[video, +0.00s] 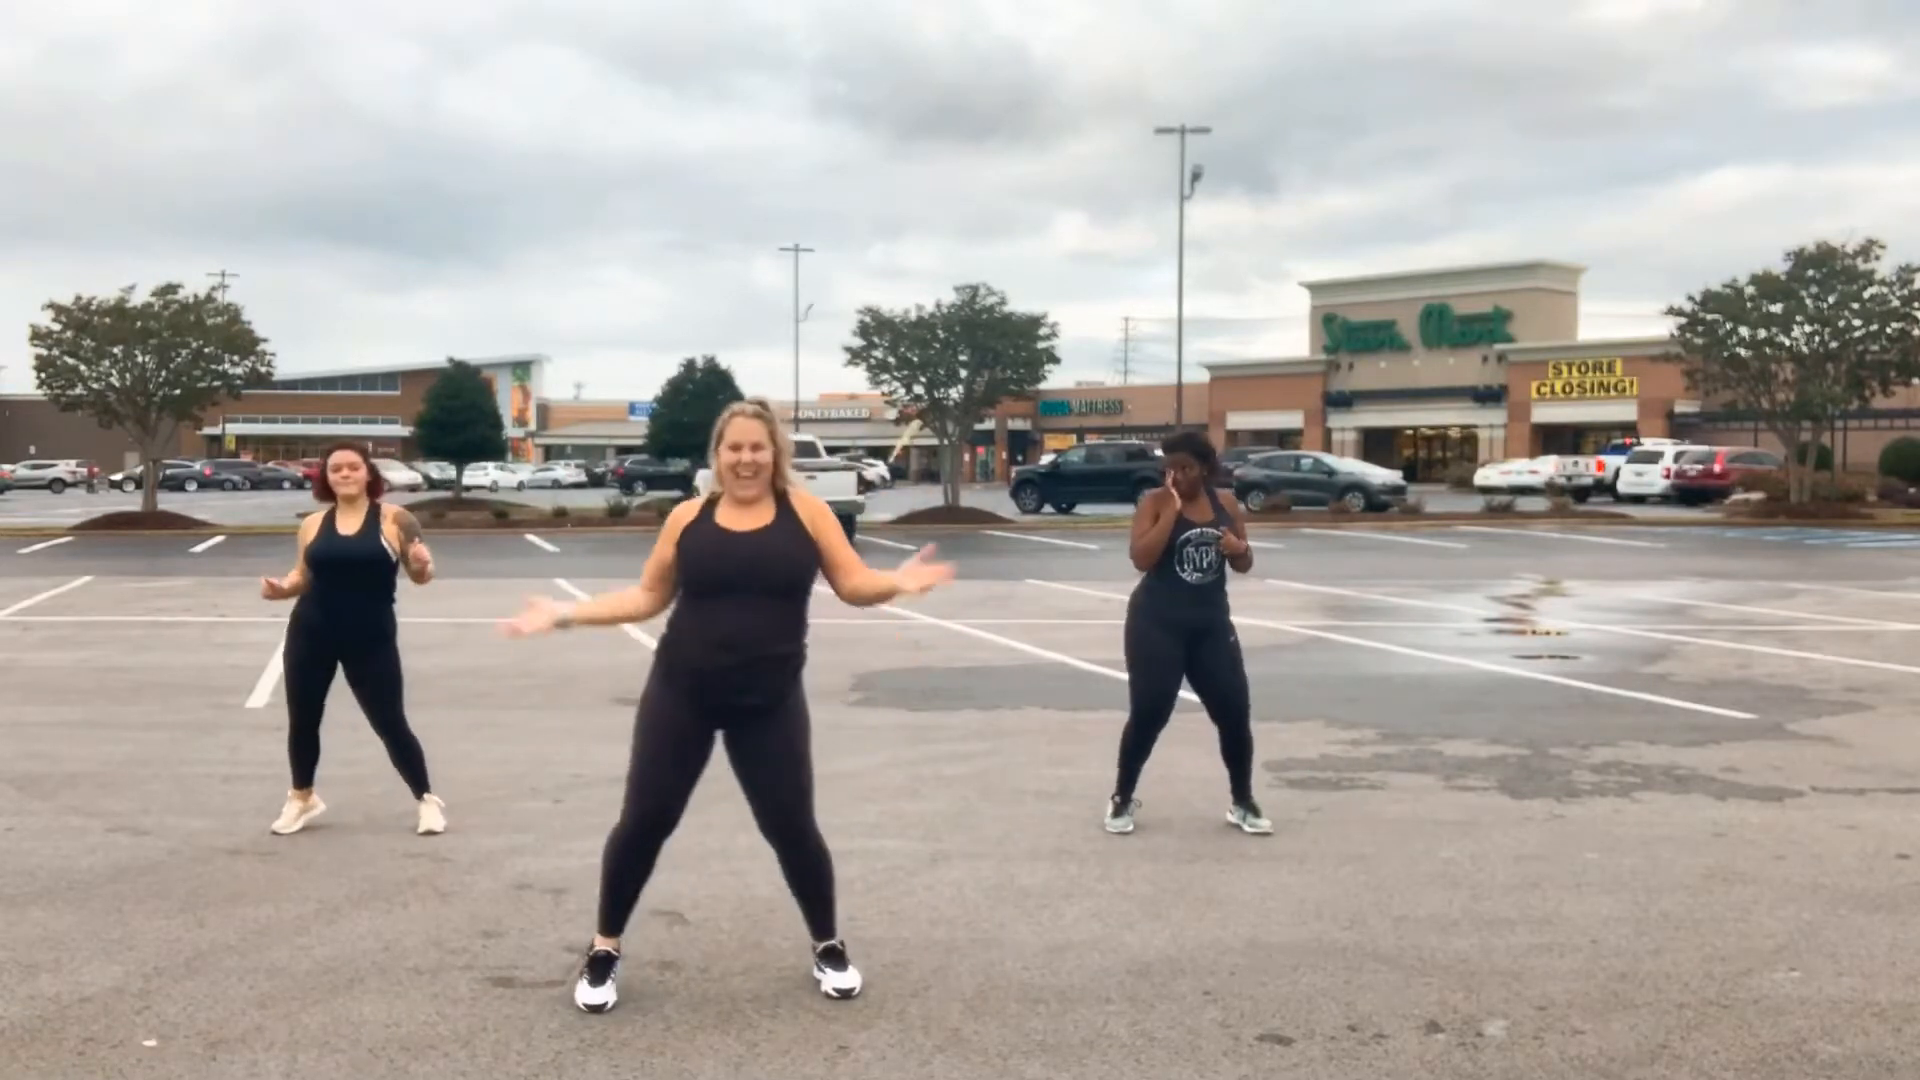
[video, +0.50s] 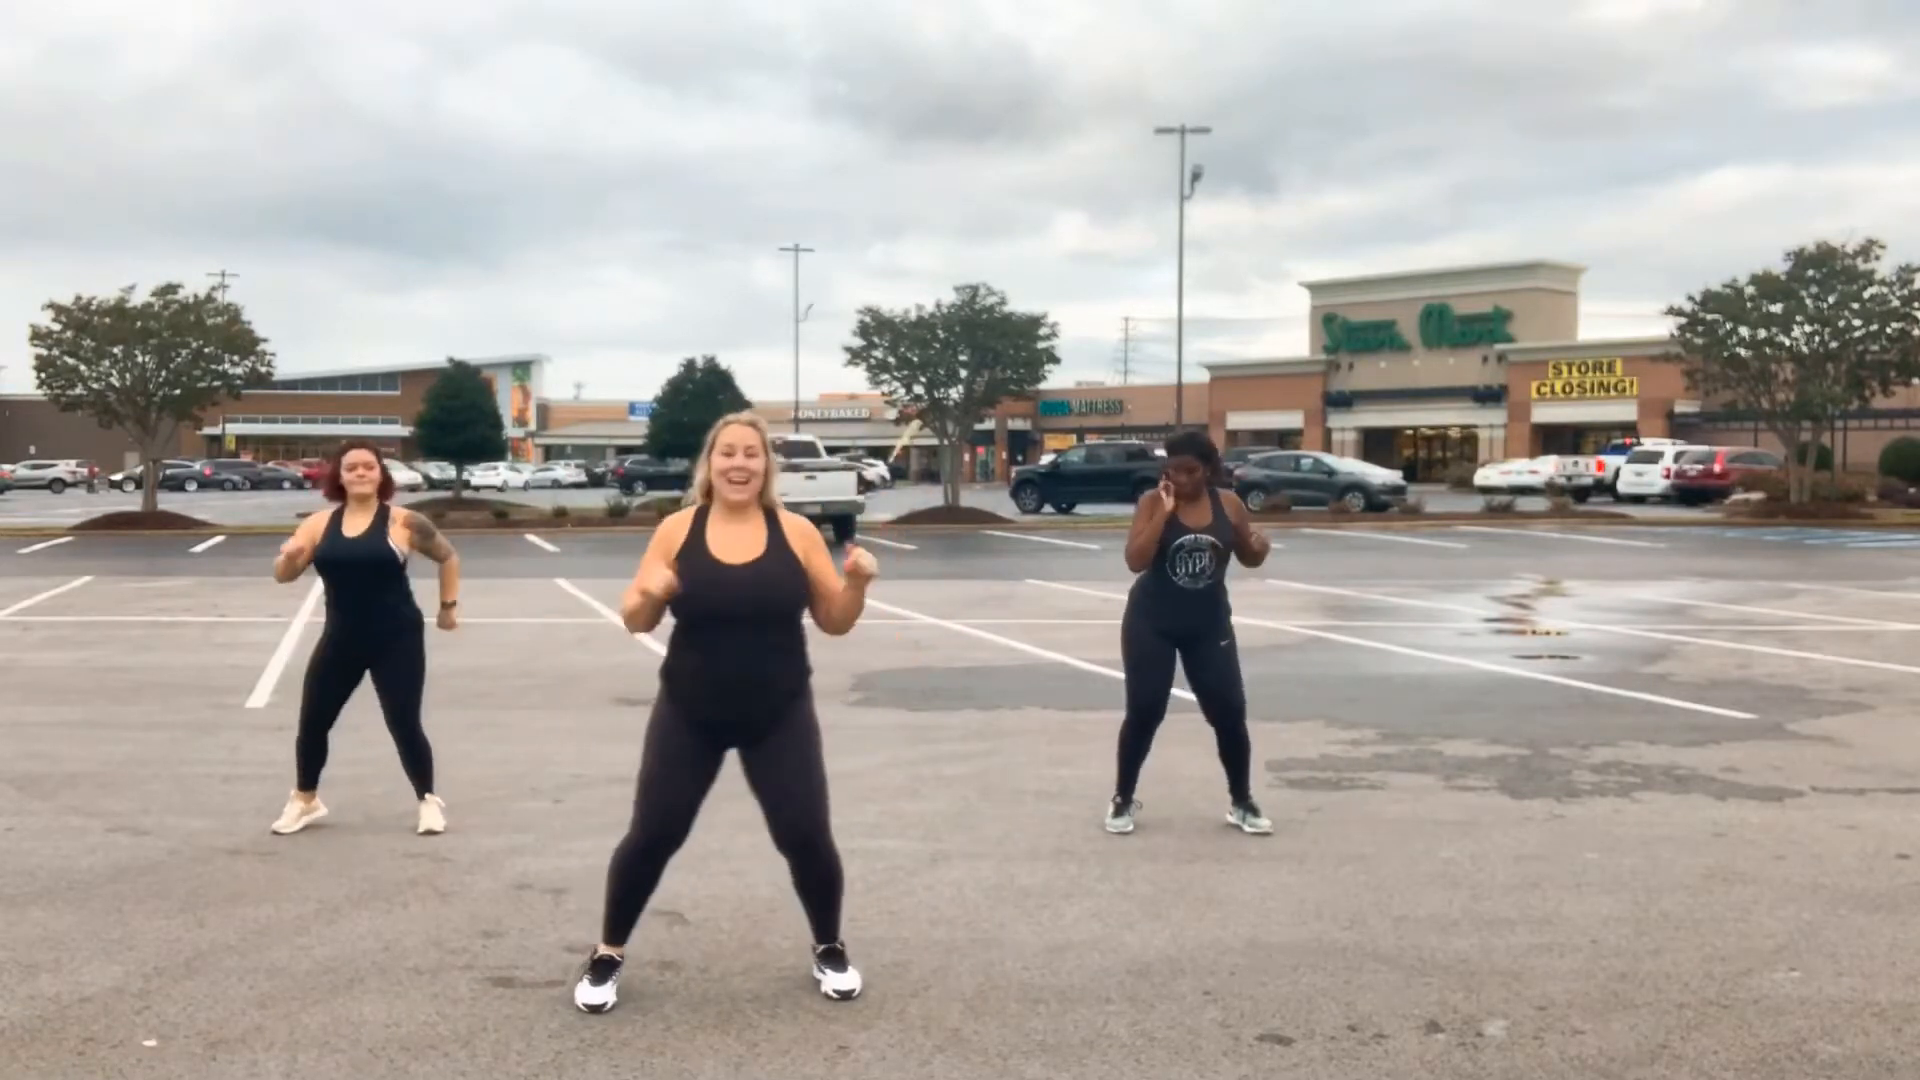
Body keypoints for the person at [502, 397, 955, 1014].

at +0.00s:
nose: (746, 458)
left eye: (757, 447)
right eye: (734, 447)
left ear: (776, 453)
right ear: (716, 454)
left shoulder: (806, 512)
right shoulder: (687, 517)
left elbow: (852, 583)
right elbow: (647, 597)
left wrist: (897, 580)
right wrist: (563, 612)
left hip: (769, 697)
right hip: (680, 694)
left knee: (793, 828)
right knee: (644, 823)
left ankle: (828, 948)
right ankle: (604, 948)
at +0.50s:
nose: (739, 463)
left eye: (751, 453)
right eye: (728, 452)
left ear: (768, 464)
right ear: (709, 464)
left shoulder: (797, 533)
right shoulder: (678, 528)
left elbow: (835, 621)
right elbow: (637, 623)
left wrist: (856, 585)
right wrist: (652, 595)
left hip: (780, 713)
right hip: (690, 711)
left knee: (808, 839)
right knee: (653, 835)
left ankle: (830, 952)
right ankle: (607, 955)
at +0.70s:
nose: (776, 438)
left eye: (788, 429)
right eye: (764, 429)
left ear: (805, 444)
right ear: (744, 444)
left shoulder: (832, 508)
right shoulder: (715, 507)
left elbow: (886, 584)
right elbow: (646, 558)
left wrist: (853, 527)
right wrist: (684, 616)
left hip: (814, 694)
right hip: (731, 691)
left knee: (820, 820)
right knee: (719, 819)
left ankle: (831, 947)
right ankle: (685, 938)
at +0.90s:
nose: (793, 460)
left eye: (804, 451)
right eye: (781, 451)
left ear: (822, 466)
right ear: (762, 468)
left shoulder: (850, 532)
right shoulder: (735, 533)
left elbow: (898, 611)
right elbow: (662, 582)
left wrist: (844, 553)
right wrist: (708, 644)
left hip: (834, 713)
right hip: (755, 712)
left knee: (836, 832)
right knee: (774, 834)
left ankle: (833, 949)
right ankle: (756, 951)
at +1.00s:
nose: (797, 464)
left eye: (809, 454)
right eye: (785, 455)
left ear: (826, 468)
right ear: (767, 470)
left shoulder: (854, 536)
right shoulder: (742, 542)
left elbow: (886, 622)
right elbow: (690, 630)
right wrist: (730, 705)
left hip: (839, 716)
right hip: (761, 717)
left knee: (846, 836)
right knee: (775, 840)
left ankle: (832, 947)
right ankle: (755, 952)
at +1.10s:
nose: (799, 463)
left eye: (811, 454)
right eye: (787, 455)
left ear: (828, 468)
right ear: (769, 470)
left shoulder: (859, 532)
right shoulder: (746, 540)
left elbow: (895, 622)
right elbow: (722, 635)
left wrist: (883, 704)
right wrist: (788, 680)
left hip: (843, 706)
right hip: (760, 707)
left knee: (876, 819)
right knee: (768, 835)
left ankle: (851, 937)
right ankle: (753, 951)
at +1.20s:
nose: (810, 456)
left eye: (821, 447)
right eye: (798, 448)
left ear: (838, 459)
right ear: (781, 463)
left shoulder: (873, 522)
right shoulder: (757, 529)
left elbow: (926, 595)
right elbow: (745, 617)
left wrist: (904, 670)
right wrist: (829, 600)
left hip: (853, 702)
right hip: (769, 704)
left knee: (897, 817)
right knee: (763, 826)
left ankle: (915, 926)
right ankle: (752, 951)